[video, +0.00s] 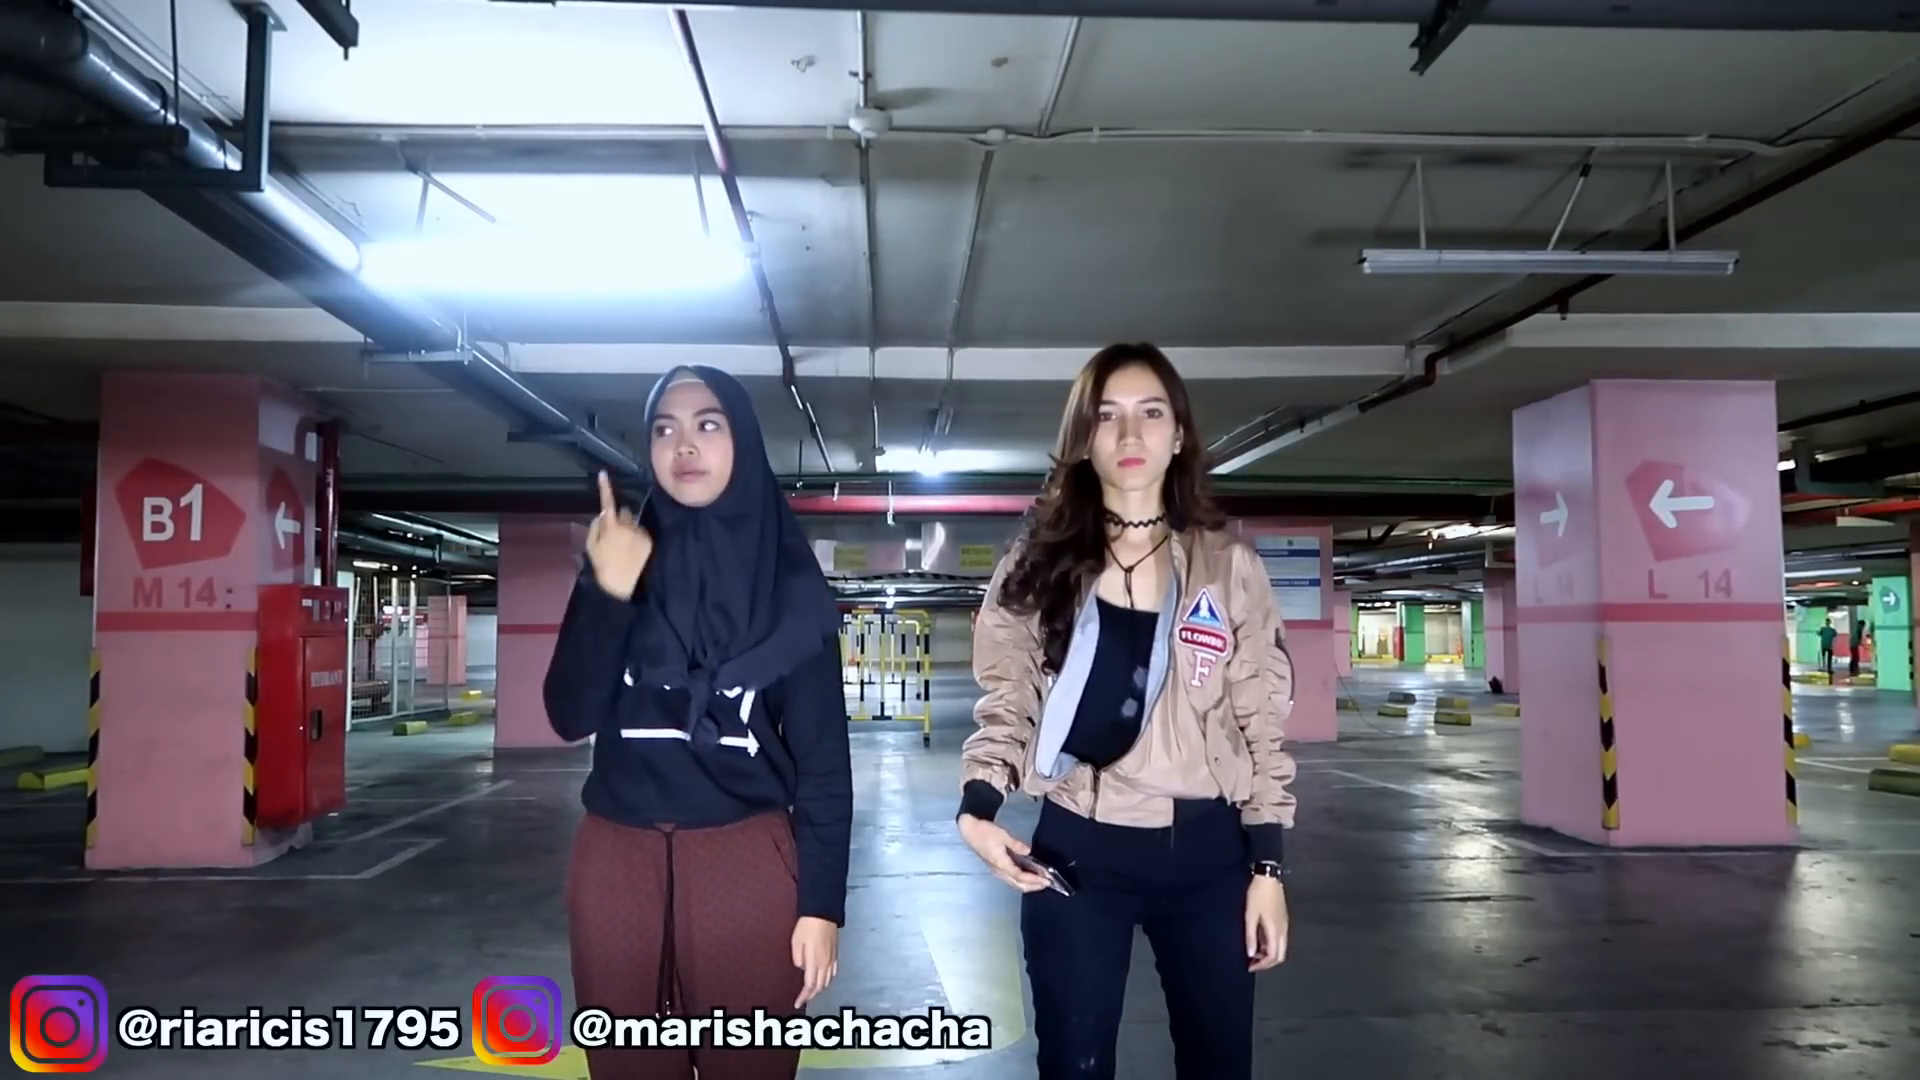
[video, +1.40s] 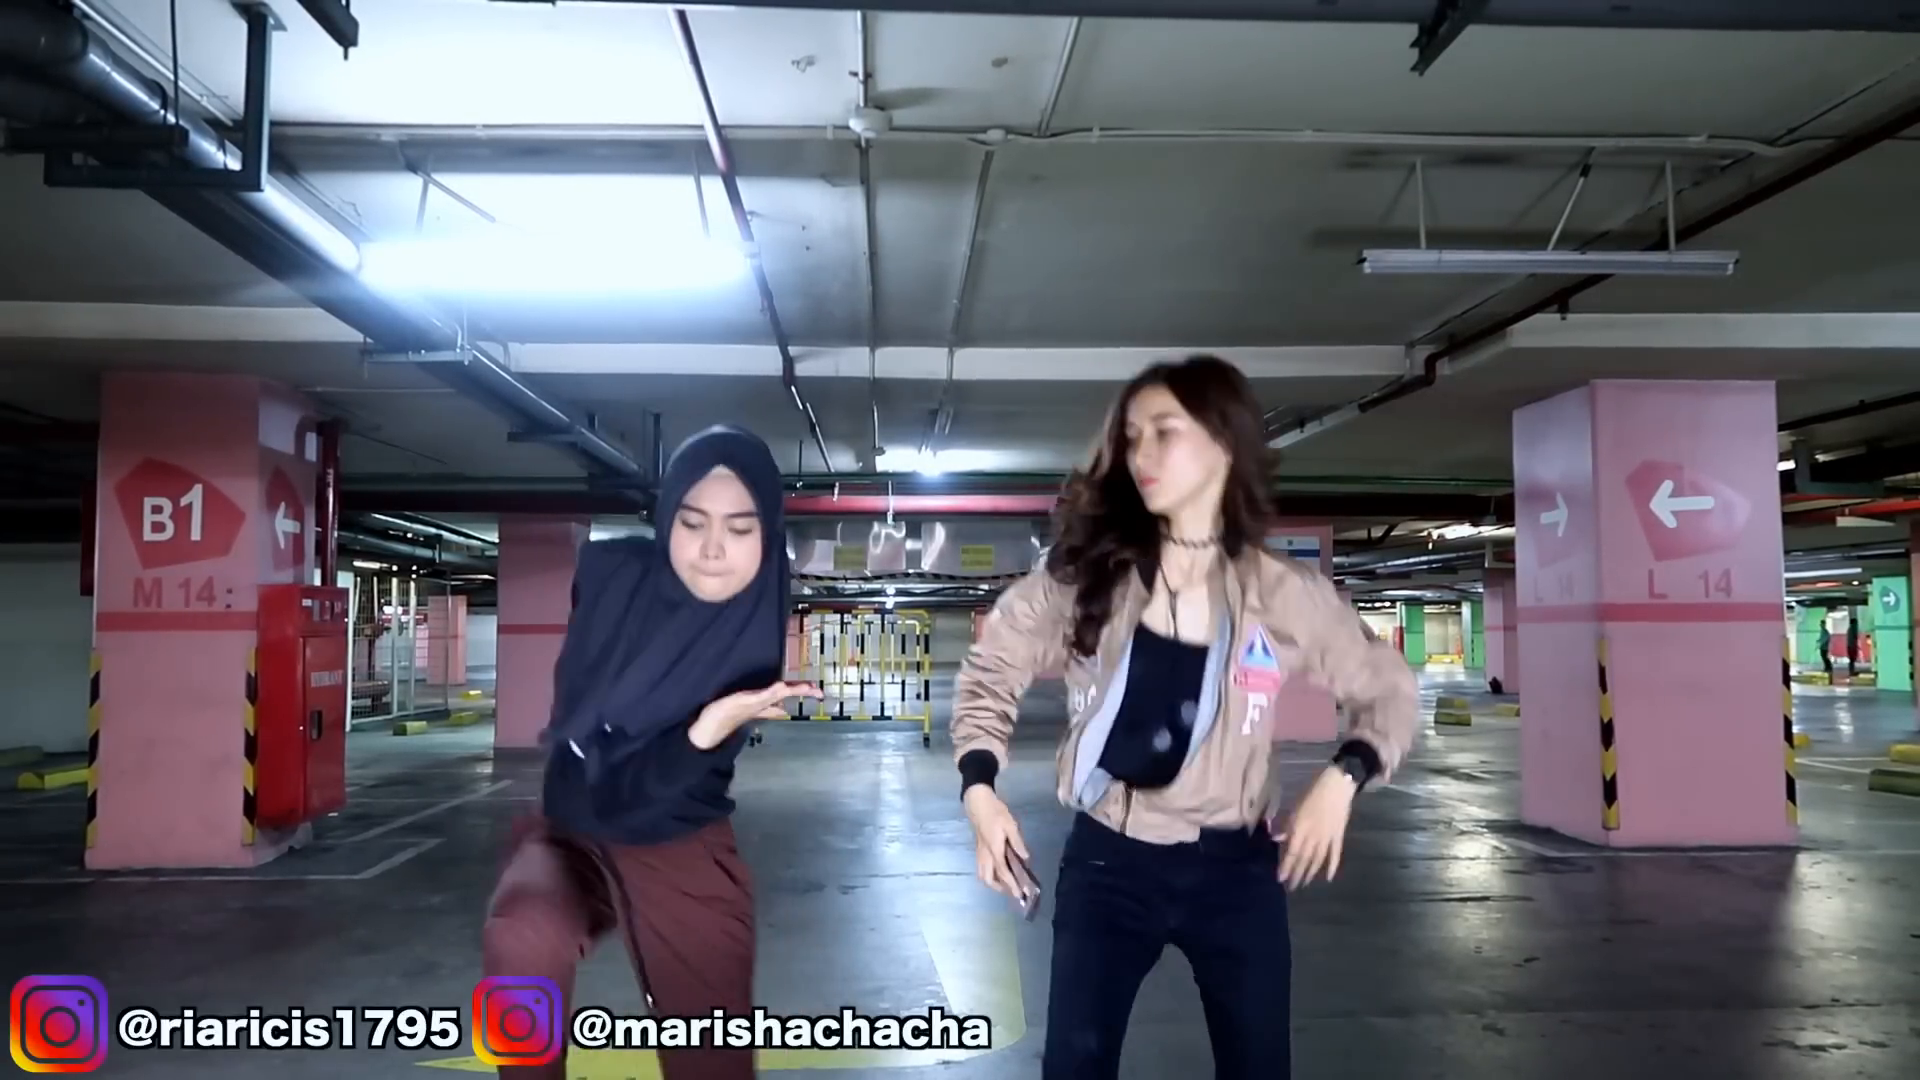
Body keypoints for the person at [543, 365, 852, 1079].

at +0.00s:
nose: (684, 444)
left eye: (708, 424)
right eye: (666, 427)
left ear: (744, 444)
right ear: (648, 451)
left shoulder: (785, 572)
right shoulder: (618, 558)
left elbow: (821, 752)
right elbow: (569, 717)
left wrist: (822, 904)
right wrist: (609, 591)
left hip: (746, 854)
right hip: (617, 852)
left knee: (747, 1065)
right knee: (622, 1064)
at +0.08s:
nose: (683, 441)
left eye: (707, 422)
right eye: (665, 425)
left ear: (744, 443)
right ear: (648, 449)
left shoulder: (785, 574)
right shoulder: (609, 568)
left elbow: (821, 751)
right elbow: (553, 727)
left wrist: (823, 904)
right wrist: (594, 643)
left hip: (747, 855)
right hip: (618, 853)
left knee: (747, 1064)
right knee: (622, 1064)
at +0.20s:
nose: (683, 441)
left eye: (708, 423)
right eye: (665, 425)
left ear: (743, 442)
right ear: (647, 448)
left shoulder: (785, 577)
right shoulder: (606, 571)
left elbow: (820, 752)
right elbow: (545, 703)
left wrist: (824, 903)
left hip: (748, 858)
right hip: (618, 855)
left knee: (749, 1064)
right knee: (624, 1064)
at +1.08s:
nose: (673, 449)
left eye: (696, 428)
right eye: (653, 429)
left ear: (727, 445)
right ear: (632, 448)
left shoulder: (765, 570)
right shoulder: (583, 561)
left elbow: (807, 743)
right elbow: (522, 686)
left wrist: (806, 886)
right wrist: (541, 803)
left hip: (731, 850)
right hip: (600, 854)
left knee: (733, 1063)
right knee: (613, 1062)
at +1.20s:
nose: (692, 479)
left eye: (714, 455)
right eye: (671, 456)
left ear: (747, 466)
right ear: (648, 465)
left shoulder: (773, 574)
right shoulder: (593, 552)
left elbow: (767, 763)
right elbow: (546, 687)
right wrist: (544, 809)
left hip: (725, 856)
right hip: (594, 854)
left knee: (736, 1066)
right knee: (606, 1066)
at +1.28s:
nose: (707, 527)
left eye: (731, 501)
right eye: (685, 503)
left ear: (766, 504)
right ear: (661, 506)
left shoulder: (775, 619)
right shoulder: (611, 572)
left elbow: (702, 785)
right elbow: (567, 703)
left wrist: (753, 657)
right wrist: (547, 823)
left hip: (710, 873)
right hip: (583, 860)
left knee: (751, 1069)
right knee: (557, 1064)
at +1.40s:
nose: (712, 549)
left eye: (739, 528)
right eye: (692, 522)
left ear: (768, 537)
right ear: (666, 520)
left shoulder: (754, 646)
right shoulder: (607, 567)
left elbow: (623, 795)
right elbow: (573, 682)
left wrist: (702, 736)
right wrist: (568, 737)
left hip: (680, 844)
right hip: (569, 828)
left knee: (713, 1065)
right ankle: (532, 1067)